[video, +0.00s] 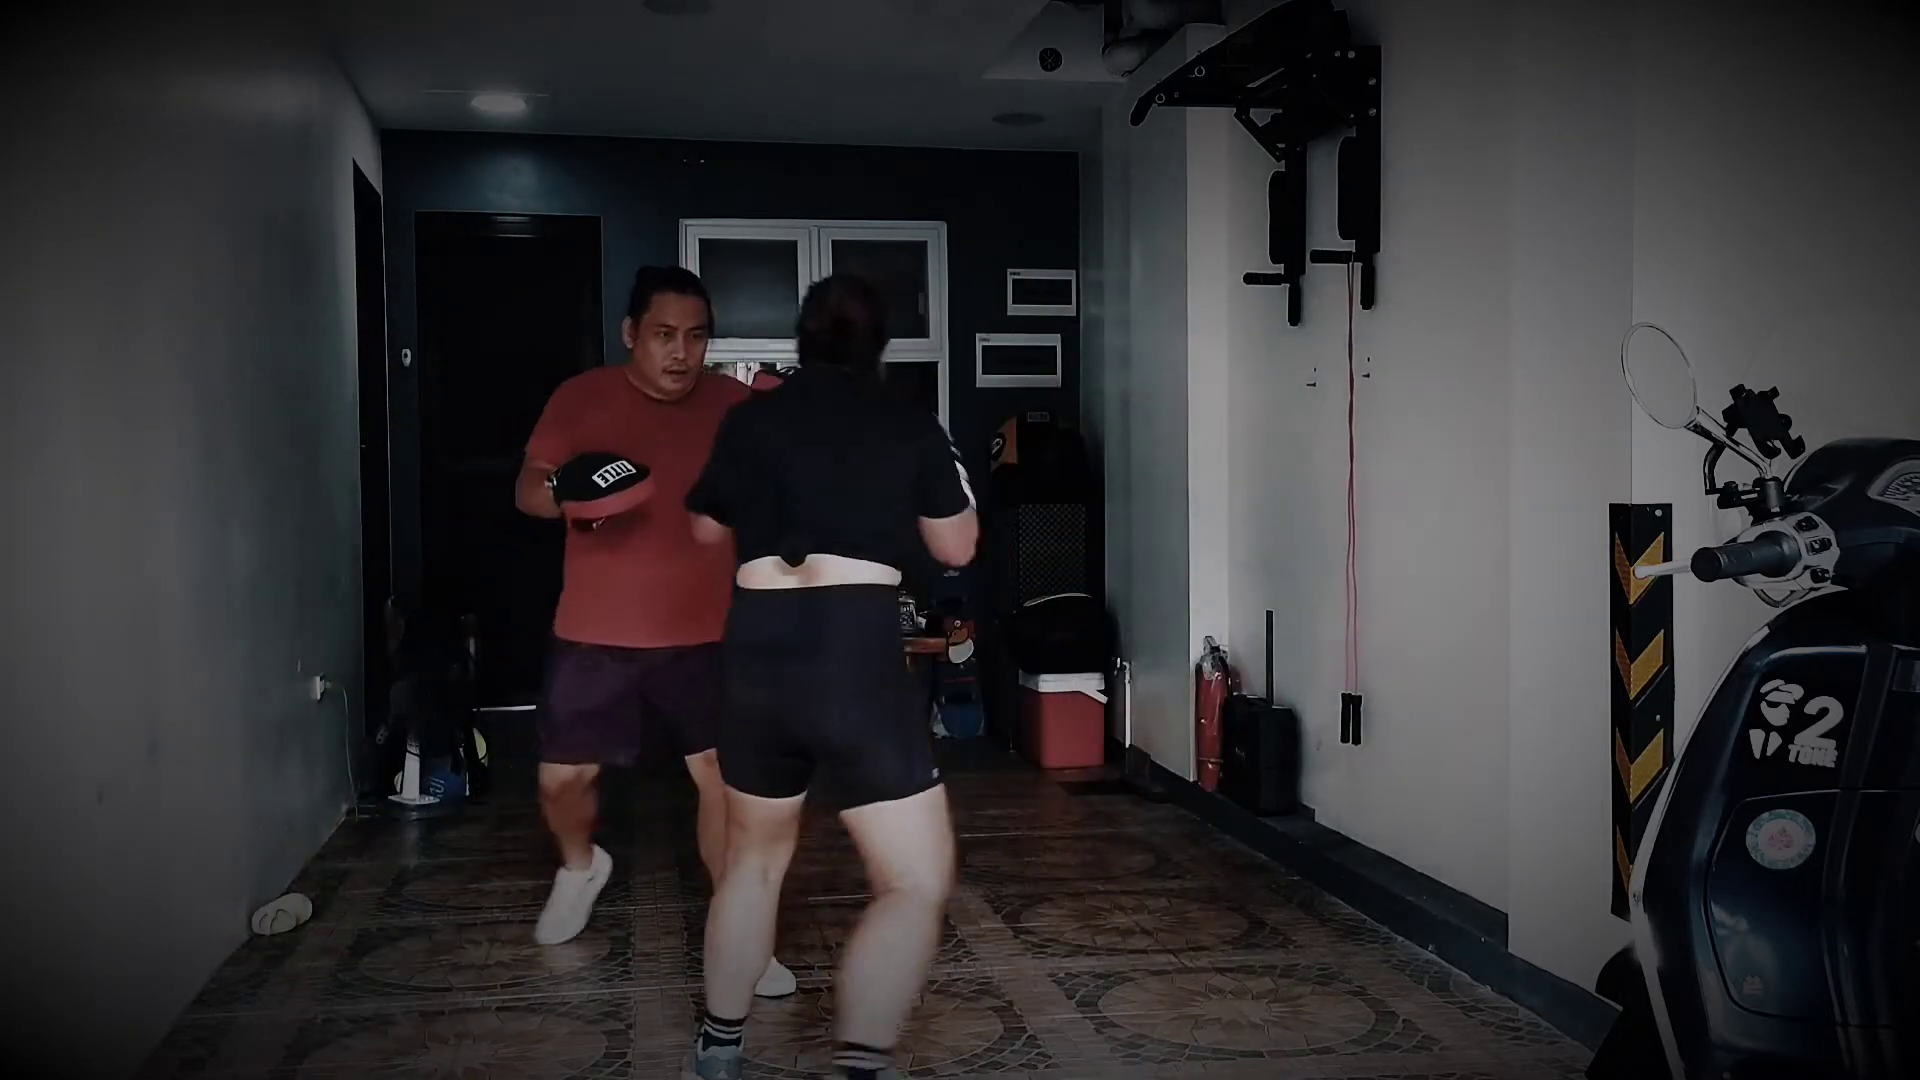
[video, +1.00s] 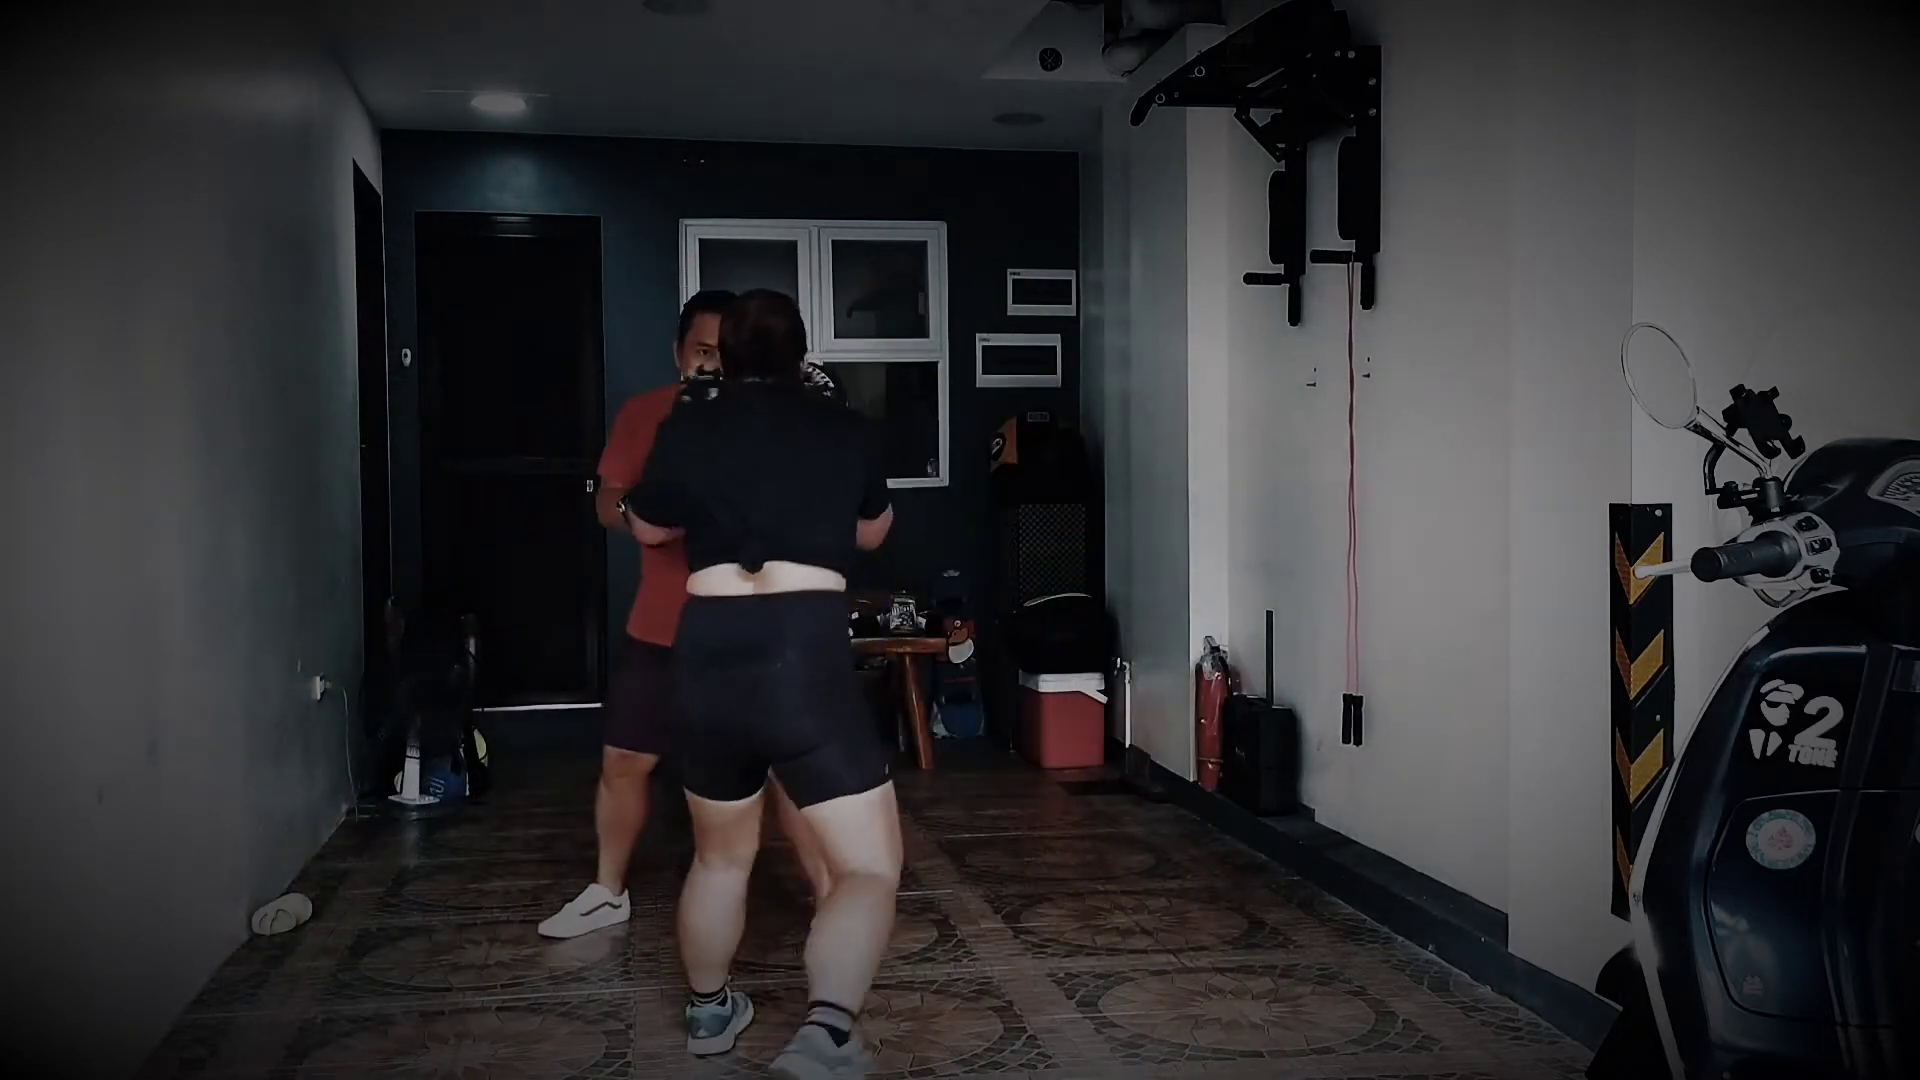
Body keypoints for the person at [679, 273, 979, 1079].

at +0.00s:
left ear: (800, 339)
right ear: (881, 346)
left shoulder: (751, 420)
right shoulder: (908, 427)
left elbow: (709, 528)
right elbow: (955, 544)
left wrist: (782, 500)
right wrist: (889, 498)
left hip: (758, 665)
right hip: (862, 669)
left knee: (753, 856)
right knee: (911, 883)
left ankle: (718, 1050)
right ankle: (862, 1065)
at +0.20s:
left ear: (772, 335)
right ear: (855, 333)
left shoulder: (732, 422)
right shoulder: (903, 416)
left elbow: (716, 542)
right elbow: (925, 528)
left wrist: (801, 535)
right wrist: (843, 534)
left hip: (747, 667)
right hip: (857, 677)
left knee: (741, 856)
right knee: (837, 918)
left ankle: (716, 1040)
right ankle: (797, 1071)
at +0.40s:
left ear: (762, 326)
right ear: (847, 323)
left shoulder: (722, 410)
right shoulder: (894, 406)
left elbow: (706, 520)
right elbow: (920, 514)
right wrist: (827, 516)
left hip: (740, 661)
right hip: (851, 669)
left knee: (734, 866)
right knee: (828, 920)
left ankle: (714, 1040)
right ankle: (794, 1073)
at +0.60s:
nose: (726, 340)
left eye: (738, 324)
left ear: (756, 324)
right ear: (842, 322)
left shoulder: (714, 410)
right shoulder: (892, 407)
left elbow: (702, 514)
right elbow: (909, 516)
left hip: (725, 663)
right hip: (836, 672)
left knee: (726, 856)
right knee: (817, 921)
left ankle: (698, 1037)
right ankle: (789, 1077)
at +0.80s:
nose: (719, 357)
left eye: (728, 346)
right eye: (711, 344)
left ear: (746, 352)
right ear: (828, 354)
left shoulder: (704, 434)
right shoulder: (865, 436)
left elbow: (679, 530)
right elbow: (890, 542)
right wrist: (791, 526)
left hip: (715, 668)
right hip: (820, 675)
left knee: (719, 874)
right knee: (817, 922)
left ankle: (707, 1021)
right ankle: (788, 1073)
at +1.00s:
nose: (703, 355)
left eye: (711, 344)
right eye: (705, 342)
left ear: (725, 353)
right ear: (802, 353)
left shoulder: (689, 420)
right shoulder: (847, 427)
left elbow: (650, 524)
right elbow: (871, 533)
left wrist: (727, 499)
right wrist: (791, 513)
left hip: (706, 661)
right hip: (808, 664)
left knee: (719, 853)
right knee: (863, 870)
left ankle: (708, 1009)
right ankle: (828, 1031)